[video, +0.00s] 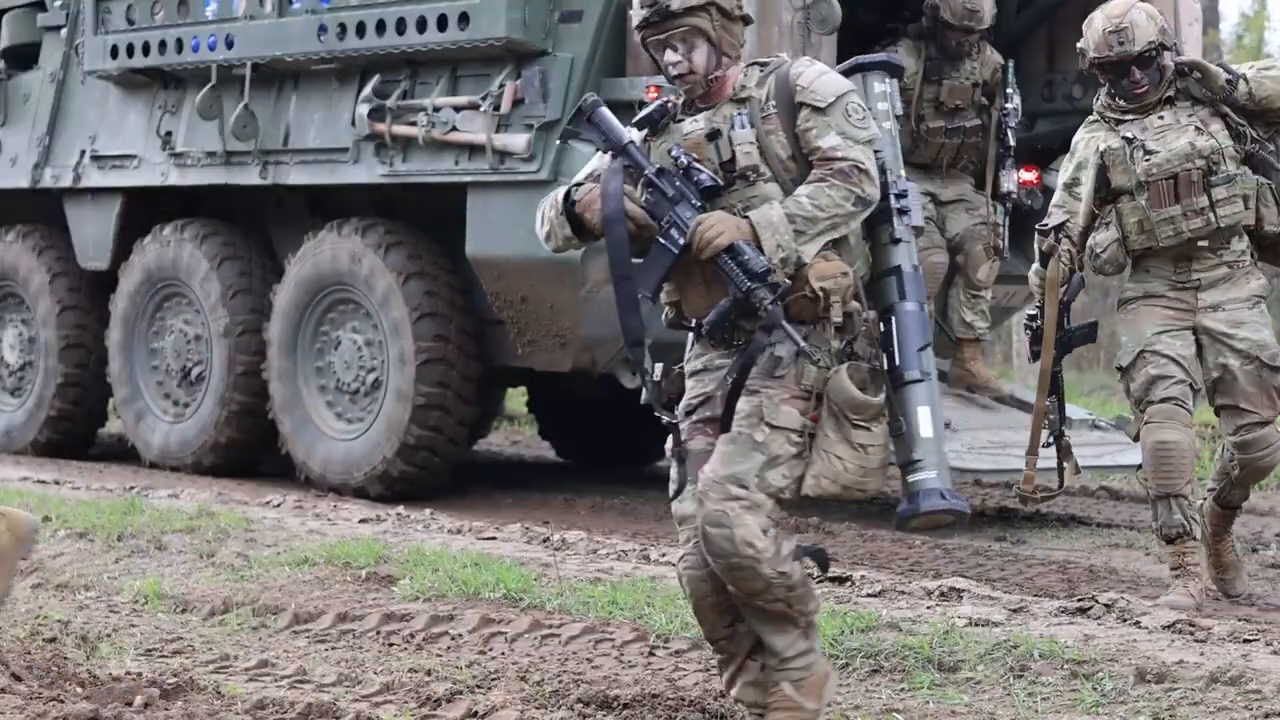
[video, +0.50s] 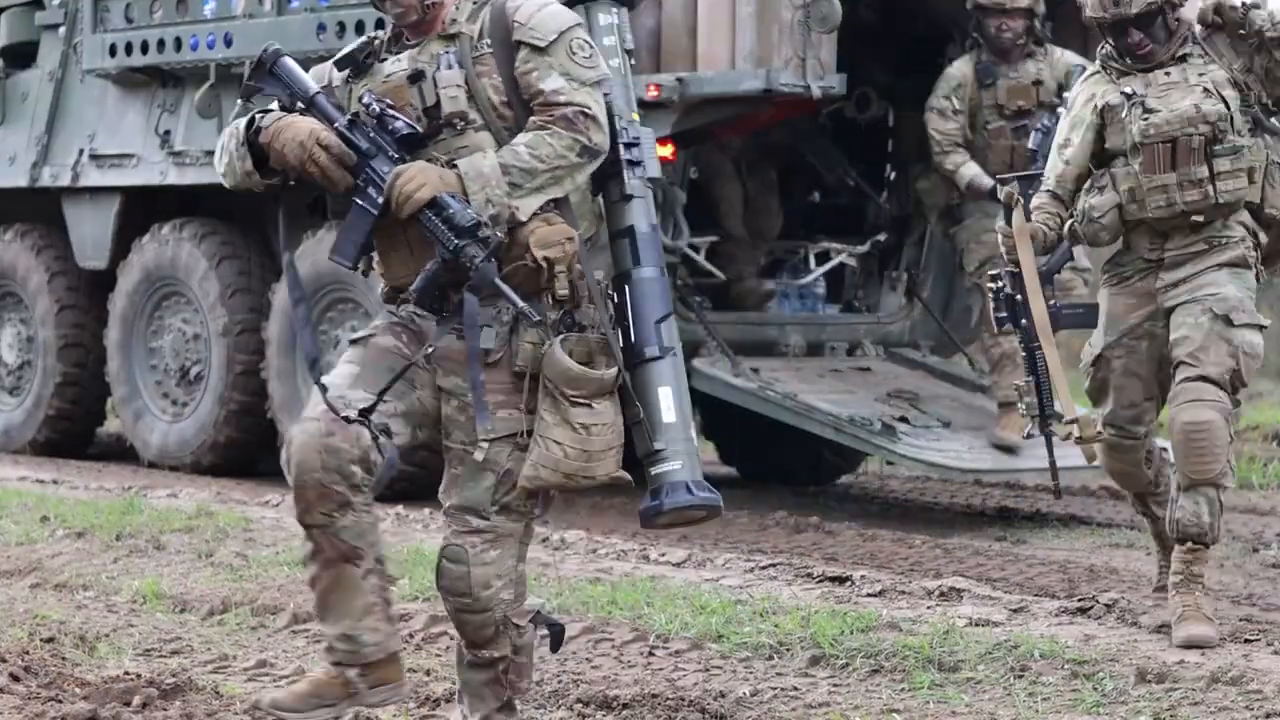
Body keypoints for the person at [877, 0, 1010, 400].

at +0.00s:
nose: (963, 42)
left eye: (972, 34)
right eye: (955, 31)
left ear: (983, 29)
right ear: (933, 20)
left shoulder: (990, 62)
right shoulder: (904, 58)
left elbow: (999, 124)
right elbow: (882, 119)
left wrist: (997, 185)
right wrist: (888, 178)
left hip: (962, 182)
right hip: (909, 178)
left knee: (981, 252)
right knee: (930, 260)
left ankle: (968, 361)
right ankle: (908, 358)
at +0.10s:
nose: (980, 33)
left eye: (989, 25)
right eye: (972, 23)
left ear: (1000, 24)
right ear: (951, 17)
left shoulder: (1011, 64)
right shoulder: (915, 59)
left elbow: (1033, 109)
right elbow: (872, 116)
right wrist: (876, 174)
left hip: (974, 178)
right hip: (916, 174)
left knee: (989, 271)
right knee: (940, 267)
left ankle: (990, 378)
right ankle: (914, 363)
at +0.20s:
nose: (995, 31)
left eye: (1004, 23)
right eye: (986, 20)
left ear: (1015, 23)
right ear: (962, 17)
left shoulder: (1025, 62)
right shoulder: (929, 63)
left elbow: (1058, 94)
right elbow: (891, 127)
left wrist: (1050, 119)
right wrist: (914, 182)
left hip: (999, 185)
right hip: (941, 181)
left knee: (1008, 279)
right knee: (963, 258)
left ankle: (994, 382)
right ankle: (942, 348)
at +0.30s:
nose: (995, 22)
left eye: (1005, 14)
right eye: (986, 13)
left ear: (1019, 18)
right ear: (968, 15)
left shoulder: (1038, 60)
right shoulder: (943, 63)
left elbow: (1081, 101)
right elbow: (912, 130)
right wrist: (945, 181)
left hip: (1011, 188)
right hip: (955, 185)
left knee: (1010, 281)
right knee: (976, 262)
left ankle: (996, 381)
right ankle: (984, 378)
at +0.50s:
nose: (1006, 23)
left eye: (1016, 15)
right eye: (995, 14)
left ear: (1031, 20)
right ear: (979, 20)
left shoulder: (1061, 65)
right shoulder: (960, 75)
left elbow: (1103, 102)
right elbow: (943, 142)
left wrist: (1070, 166)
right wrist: (978, 180)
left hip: (1052, 200)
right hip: (986, 205)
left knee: (1067, 297)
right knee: (998, 300)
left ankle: (1056, 403)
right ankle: (1010, 407)